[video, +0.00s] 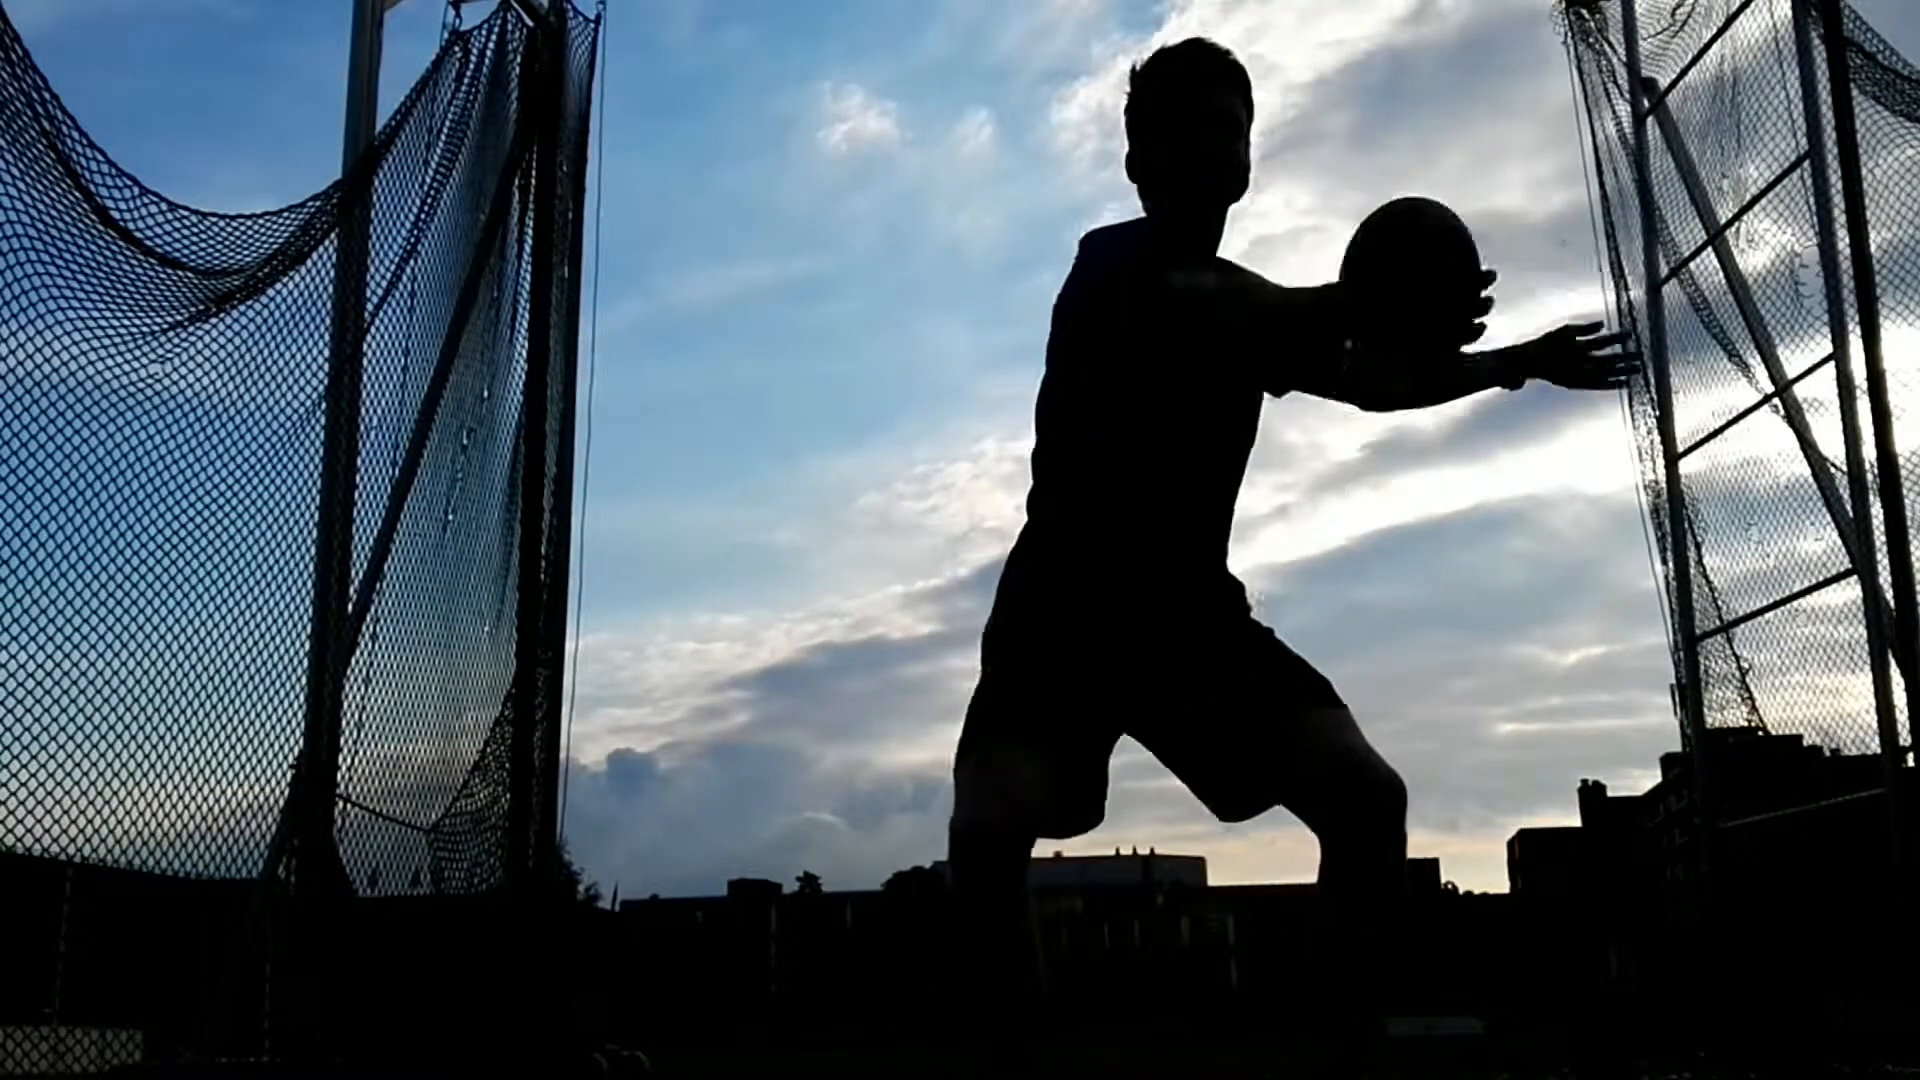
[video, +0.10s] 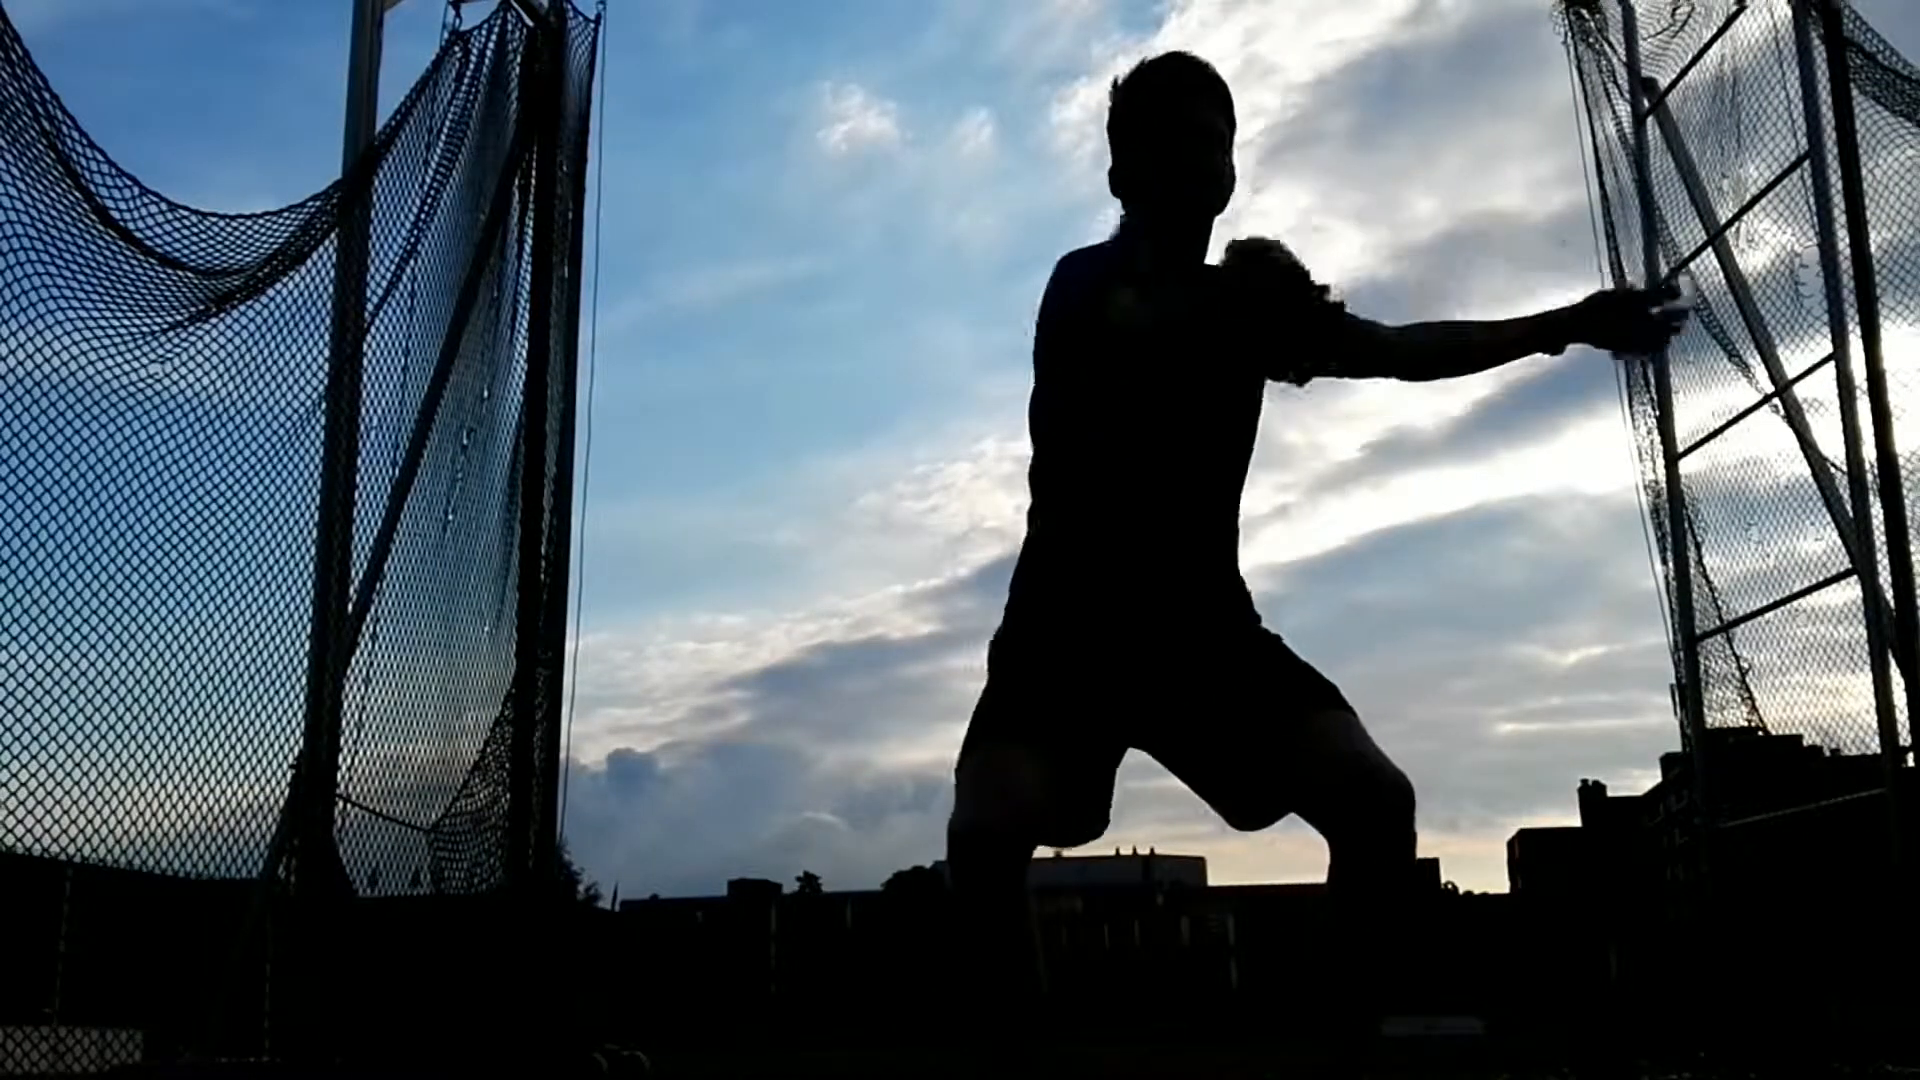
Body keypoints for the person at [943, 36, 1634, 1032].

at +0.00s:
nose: (1230, 154)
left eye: (1237, 131)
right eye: (1203, 130)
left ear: (1249, 152)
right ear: (1146, 146)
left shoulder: (1235, 297)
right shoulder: (1115, 269)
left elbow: (1368, 381)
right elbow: (1249, 328)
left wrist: (1523, 362)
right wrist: (1371, 308)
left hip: (1188, 606)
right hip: (1067, 601)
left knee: (1367, 803)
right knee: (985, 836)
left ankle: (1349, 1043)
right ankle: (989, 1050)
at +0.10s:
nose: (1210, 169)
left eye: (1219, 145)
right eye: (1180, 144)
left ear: (1235, 165)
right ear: (1120, 164)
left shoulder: (1242, 293)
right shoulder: (1079, 285)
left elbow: (1395, 348)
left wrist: (1572, 322)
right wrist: (1237, 288)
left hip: (1199, 627)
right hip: (1062, 629)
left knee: (1375, 807)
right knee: (983, 846)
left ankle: (1354, 1048)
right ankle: (996, 1064)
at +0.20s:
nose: (1184, 172)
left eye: (1196, 150)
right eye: (1153, 148)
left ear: (1216, 171)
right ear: (1103, 169)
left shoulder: (1252, 309)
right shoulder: (1057, 306)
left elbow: (1439, 317)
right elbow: (1006, 361)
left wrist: (1605, 285)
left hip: (1218, 649)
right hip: (1070, 654)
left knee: (1380, 808)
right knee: (986, 842)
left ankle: (1368, 1046)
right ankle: (998, 1068)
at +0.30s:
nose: (1147, 183)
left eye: (1167, 157)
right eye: (1120, 159)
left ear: (1199, 173)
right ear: (1082, 179)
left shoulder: (1256, 308)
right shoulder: (1030, 326)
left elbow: (1451, 288)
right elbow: (910, 380)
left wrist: (1638, 246)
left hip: (1232, 656)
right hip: (1075, 667)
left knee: (1379, 818)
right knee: (990, 850)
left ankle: (1383, 1049)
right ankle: (988, 1068)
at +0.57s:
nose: (1116, 178)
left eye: (1127, 156)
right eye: (1094, 158)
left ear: (1142, 176)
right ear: (1066, 183)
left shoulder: (1239, 286)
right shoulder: (987, 346)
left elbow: (1431, 226)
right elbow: (822, 425)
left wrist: (1594, 143)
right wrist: (651, 479)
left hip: (1247, 648)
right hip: (1097, 665)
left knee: (1362, 842)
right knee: (993, 833)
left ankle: (1432, 1066)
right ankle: (1008, 1057)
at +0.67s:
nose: (1061, 179)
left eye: (1080, 152)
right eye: (1045, 158)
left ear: (1127, 163)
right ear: (1031, 179)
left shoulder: (1225, 280)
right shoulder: (978, 346)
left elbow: (1380, 207)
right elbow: (828, 437)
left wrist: (1506, 117)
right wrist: (678, 497)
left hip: (1252, 637)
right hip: (1100, 655)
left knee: (1346, 857)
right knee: (988, 845)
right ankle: (998, 1064)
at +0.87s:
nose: (997, 177)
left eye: (1015, 151)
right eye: (994, 157)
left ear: (1088, 155)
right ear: (1008, 173)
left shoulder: (1178, 258)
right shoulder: (1000, 332)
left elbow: (1177, 189)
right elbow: (904, 436)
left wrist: (1173, 122)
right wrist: (824, 497)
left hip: (1249, 605)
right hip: (1111, 625)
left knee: (1296, 851)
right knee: (983, 827)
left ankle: (1415, 1058)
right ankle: (1002, 1060)